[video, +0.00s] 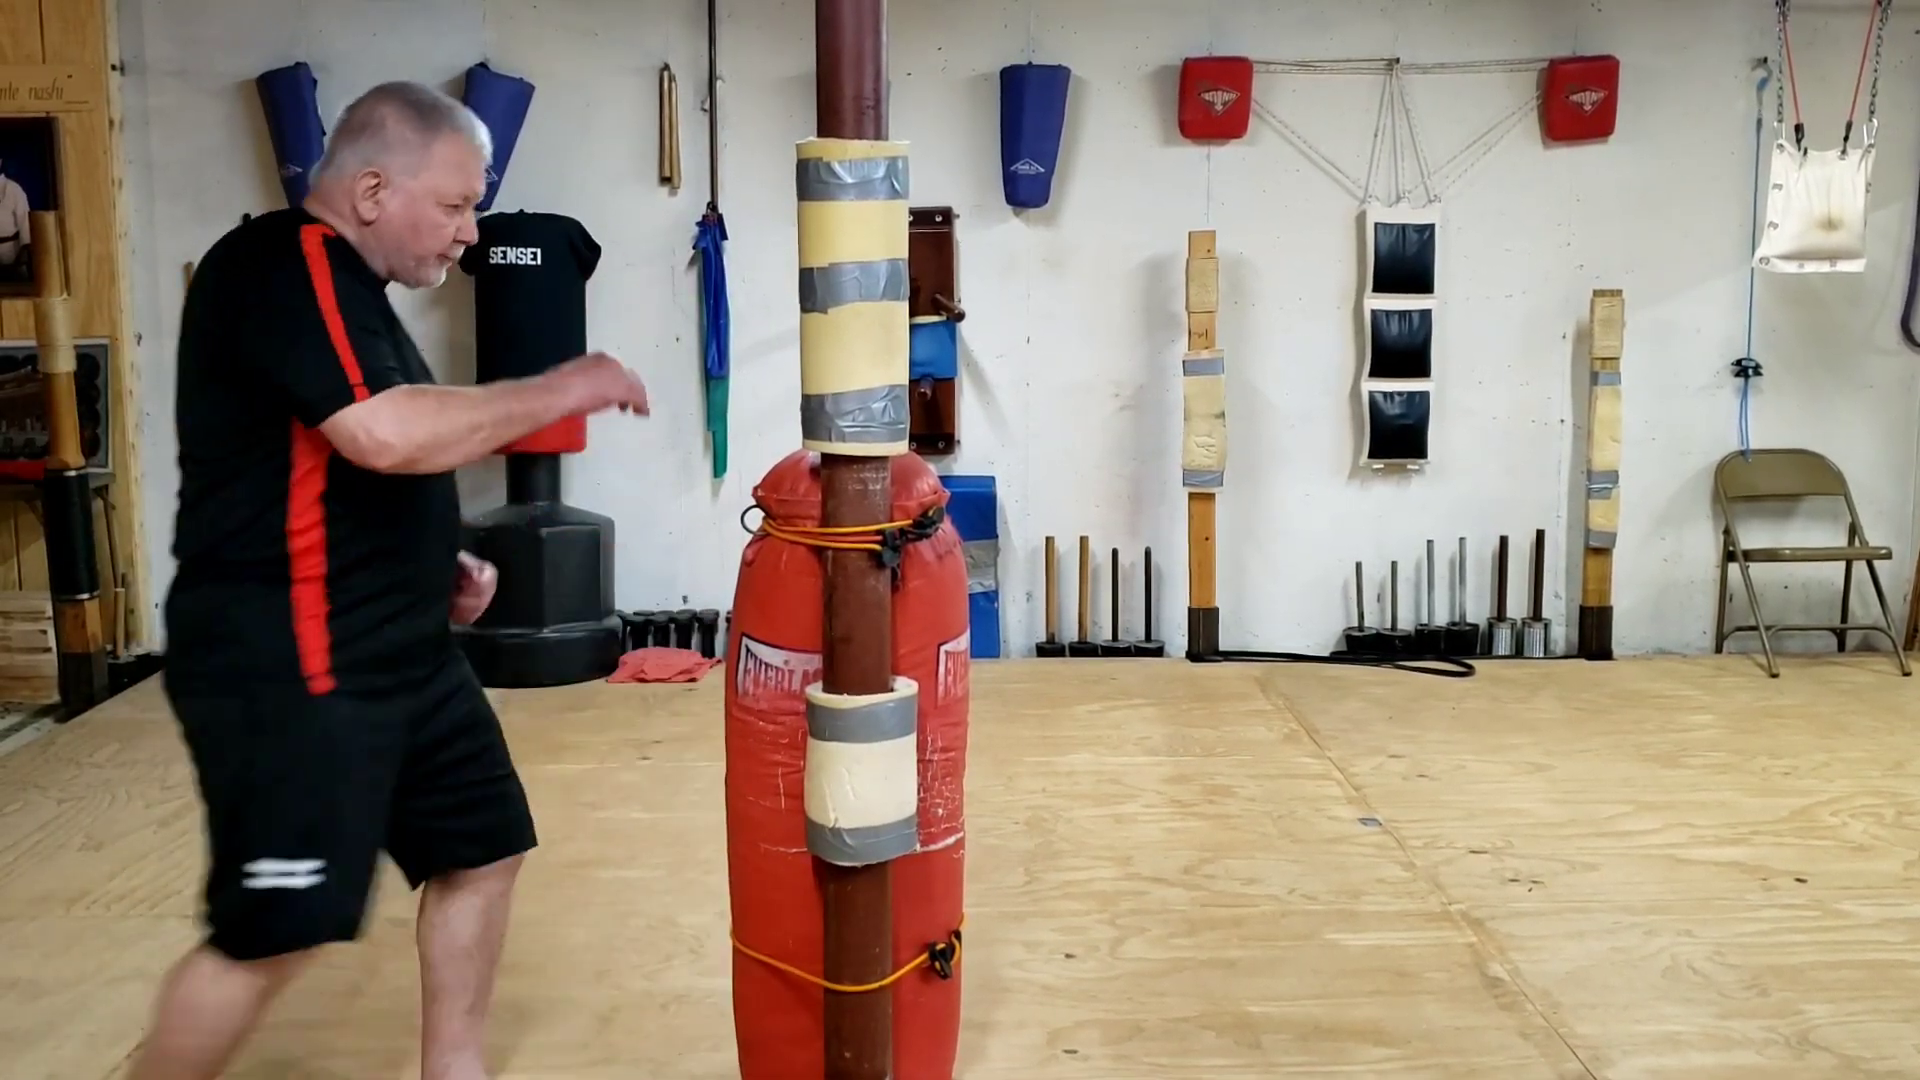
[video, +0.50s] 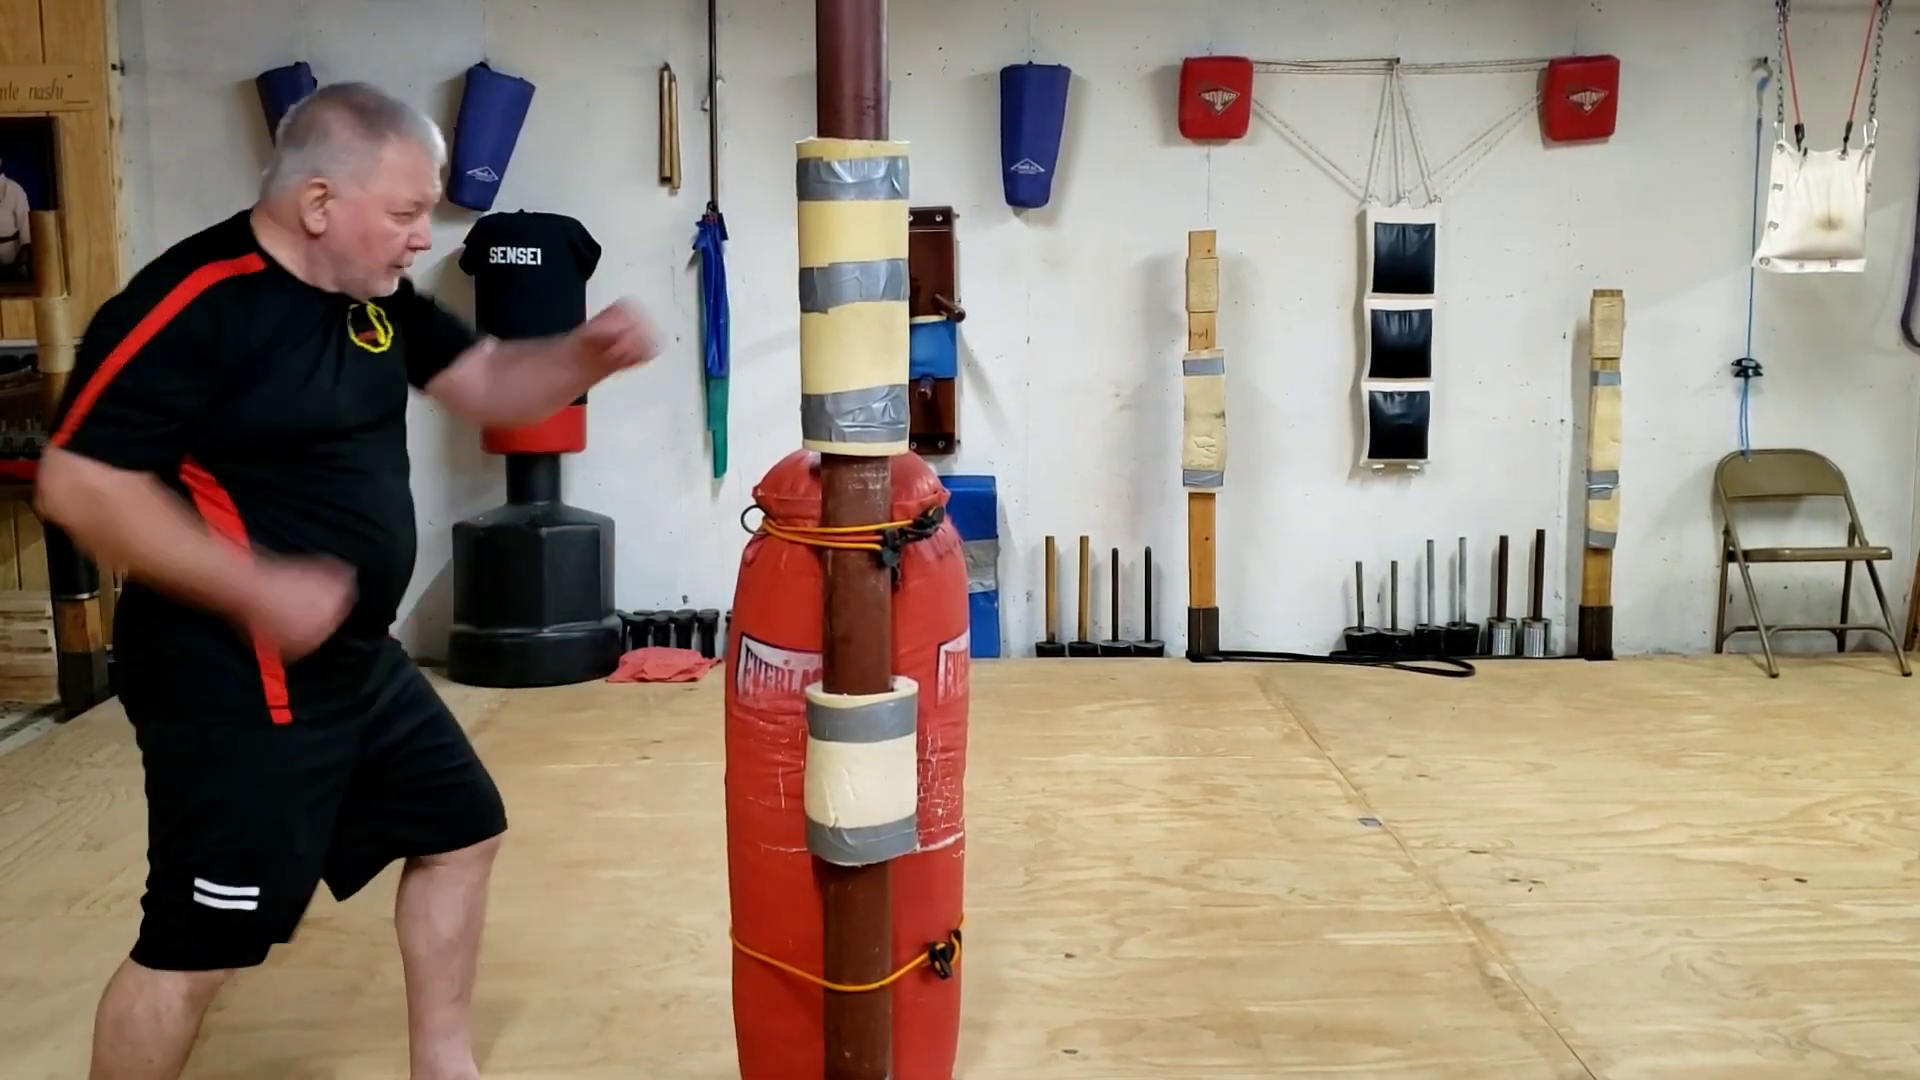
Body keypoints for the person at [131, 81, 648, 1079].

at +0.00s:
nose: (470, 234)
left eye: (472, 210)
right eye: (454, 206)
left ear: (374, 197)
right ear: (371, 193)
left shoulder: (343, 281)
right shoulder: (276, 263)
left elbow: (311, 480)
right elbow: (383, 433)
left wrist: (429, 563)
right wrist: (552, 393)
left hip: (398, 646)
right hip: (279, 658)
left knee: (481, 846)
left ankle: (453, 1069)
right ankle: (152, 1072)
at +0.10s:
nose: (432, 253)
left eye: (436, 230)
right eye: (415, 229)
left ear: (337, 222)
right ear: (329, 221)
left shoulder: (347, 310)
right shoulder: (224, 294)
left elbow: (326, 501)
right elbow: (328, 466)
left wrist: (420, 577)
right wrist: (506, 391)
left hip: (362, 658)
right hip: (228, 678)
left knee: (485, 844)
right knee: (201, 947)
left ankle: (450, 1069)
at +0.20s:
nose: (400, 248)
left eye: (404, 222)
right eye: (378, 225)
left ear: (299, 221)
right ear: (288, 220)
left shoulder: (349, 303)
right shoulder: (173, 305)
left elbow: (341, 475)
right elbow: (203, 507)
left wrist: (424, 522)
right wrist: (418, 443)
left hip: (355, 657)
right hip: (211, 685)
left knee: (477, 840)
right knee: (180, 952)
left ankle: (446, 1066)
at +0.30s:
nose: (392, 227)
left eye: (394, 201)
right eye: (371, 202)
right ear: (277, 196)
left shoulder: (356, 292)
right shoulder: (153, 289)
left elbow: (412, 443)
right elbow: (77, 491)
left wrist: (460, 413)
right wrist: (293, 529)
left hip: (361, 651)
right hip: (210, 677)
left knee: (461, 839)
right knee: (179, 937)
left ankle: (443, 1067)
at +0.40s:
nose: (397, 230)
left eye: (399, 207)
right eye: (376, 207)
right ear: (285, 203)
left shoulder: (373, 287)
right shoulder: (152, 300)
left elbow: (487, 370)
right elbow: (52, 485)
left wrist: (589, 330)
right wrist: (202, 633)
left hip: (352, 653)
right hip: (212, 676)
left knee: (456, 838)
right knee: (194, 941)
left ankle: (441, 1066)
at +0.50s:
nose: (423, 239)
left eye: (427, 216)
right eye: (407, 214)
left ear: (329, 208)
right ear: (320, 207)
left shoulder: (375, 298)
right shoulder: (190, 299)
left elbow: (485, 380)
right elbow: (76, 478)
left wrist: (582, 359)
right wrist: (257, 587)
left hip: (352, 656)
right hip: (219, 681)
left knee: (458, 830)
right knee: (197, 938)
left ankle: (443, 1067)